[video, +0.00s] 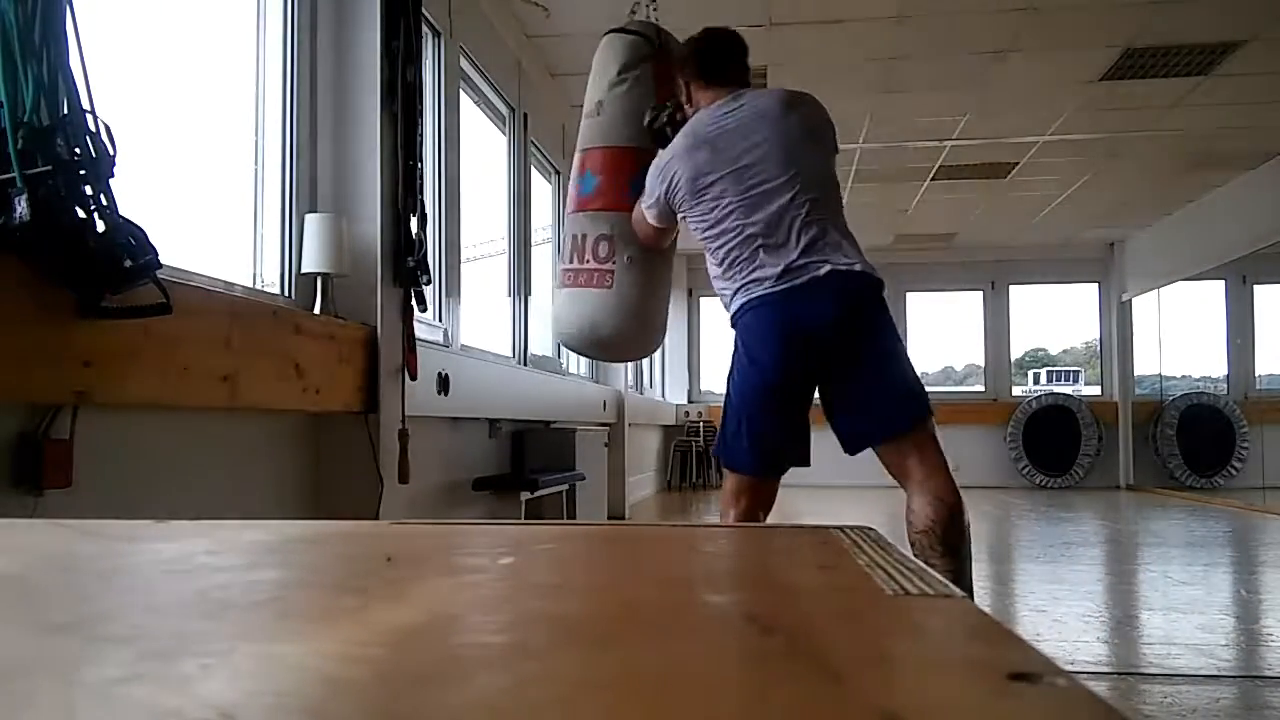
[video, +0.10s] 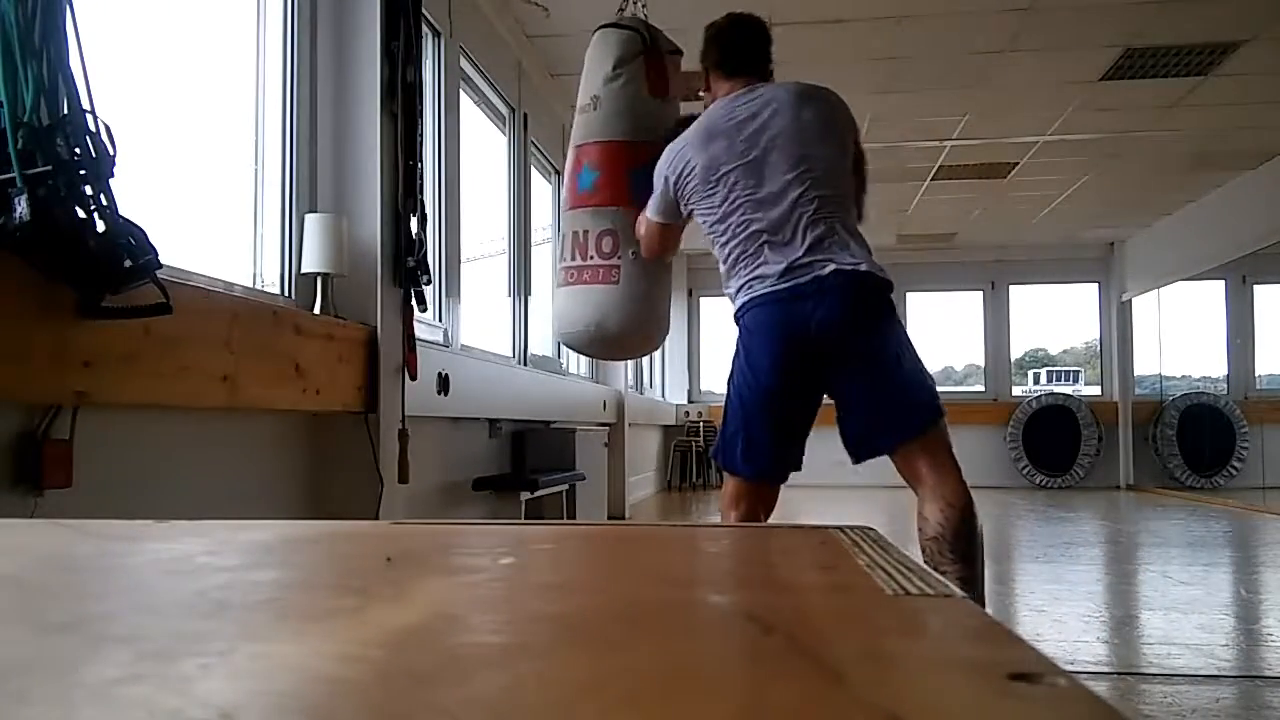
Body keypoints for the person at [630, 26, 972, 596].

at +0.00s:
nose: (686, 95)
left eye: (683, 87)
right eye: (686, 89)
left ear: (685, 88)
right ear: (746, 74)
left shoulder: (676, 159)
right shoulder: (801, 107)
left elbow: (650, 233)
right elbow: (816, 159)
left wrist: (665, 153)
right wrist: (711, 120)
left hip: (768, 324)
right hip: (853, 300)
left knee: (743, 506)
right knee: (926, 473)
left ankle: (733, 649)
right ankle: (956, 629)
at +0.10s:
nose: (702, 85)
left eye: (701, 76)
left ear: (706, 77)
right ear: (768, 67)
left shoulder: (682, 152)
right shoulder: (823, 103)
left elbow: (655, 245)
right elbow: (853, 200)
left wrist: (646, 196)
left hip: (771, 323)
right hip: (860, 304)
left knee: (744, 507)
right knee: (936, 475)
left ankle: (733, 659)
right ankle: (969, 638)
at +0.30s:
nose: (772, 93)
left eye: (773, 81)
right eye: (773, 82)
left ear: (788, 77)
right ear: (848, 74)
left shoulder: (758, 138)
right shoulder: (904, 121)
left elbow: (715, 261)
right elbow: (895, 219)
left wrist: (701, 236)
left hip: (787, 341)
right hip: (885, 342)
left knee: (735, 511)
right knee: (948, 518)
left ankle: (721, 668)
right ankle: (1000, 673)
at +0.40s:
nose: (816, 70)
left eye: (816, 62)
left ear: (823, 63)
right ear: (893, 65)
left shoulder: (776, 120)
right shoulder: (935, 117)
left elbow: (694, 206)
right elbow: (923, 223)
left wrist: (690, 174)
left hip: (770, 340)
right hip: (867, 348)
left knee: (728, 495)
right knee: (954, 528)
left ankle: (684, 644)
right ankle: (1005, 684)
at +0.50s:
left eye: (820, 39)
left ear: (822, 45)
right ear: (892, 55)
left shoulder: (758, 107)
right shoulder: (917, 111)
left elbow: (661, 140)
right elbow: (972, 231)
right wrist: (929, 259)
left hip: (761, 330)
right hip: (860, 332)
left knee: (717, 498)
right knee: (938, 523)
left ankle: (661, 638)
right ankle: (997, 674)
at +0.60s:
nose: (794, 52)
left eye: (796, 40)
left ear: (801, 43)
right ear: (870, 54)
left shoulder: (736, 113)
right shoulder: (895, 111)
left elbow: (641, 170)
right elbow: (960, 208)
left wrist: (681, 190)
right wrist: (967, 316)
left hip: (754, 340)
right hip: (854, 333)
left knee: (710, 513)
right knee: (939, 525)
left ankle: (682, 665)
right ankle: (998, 677)